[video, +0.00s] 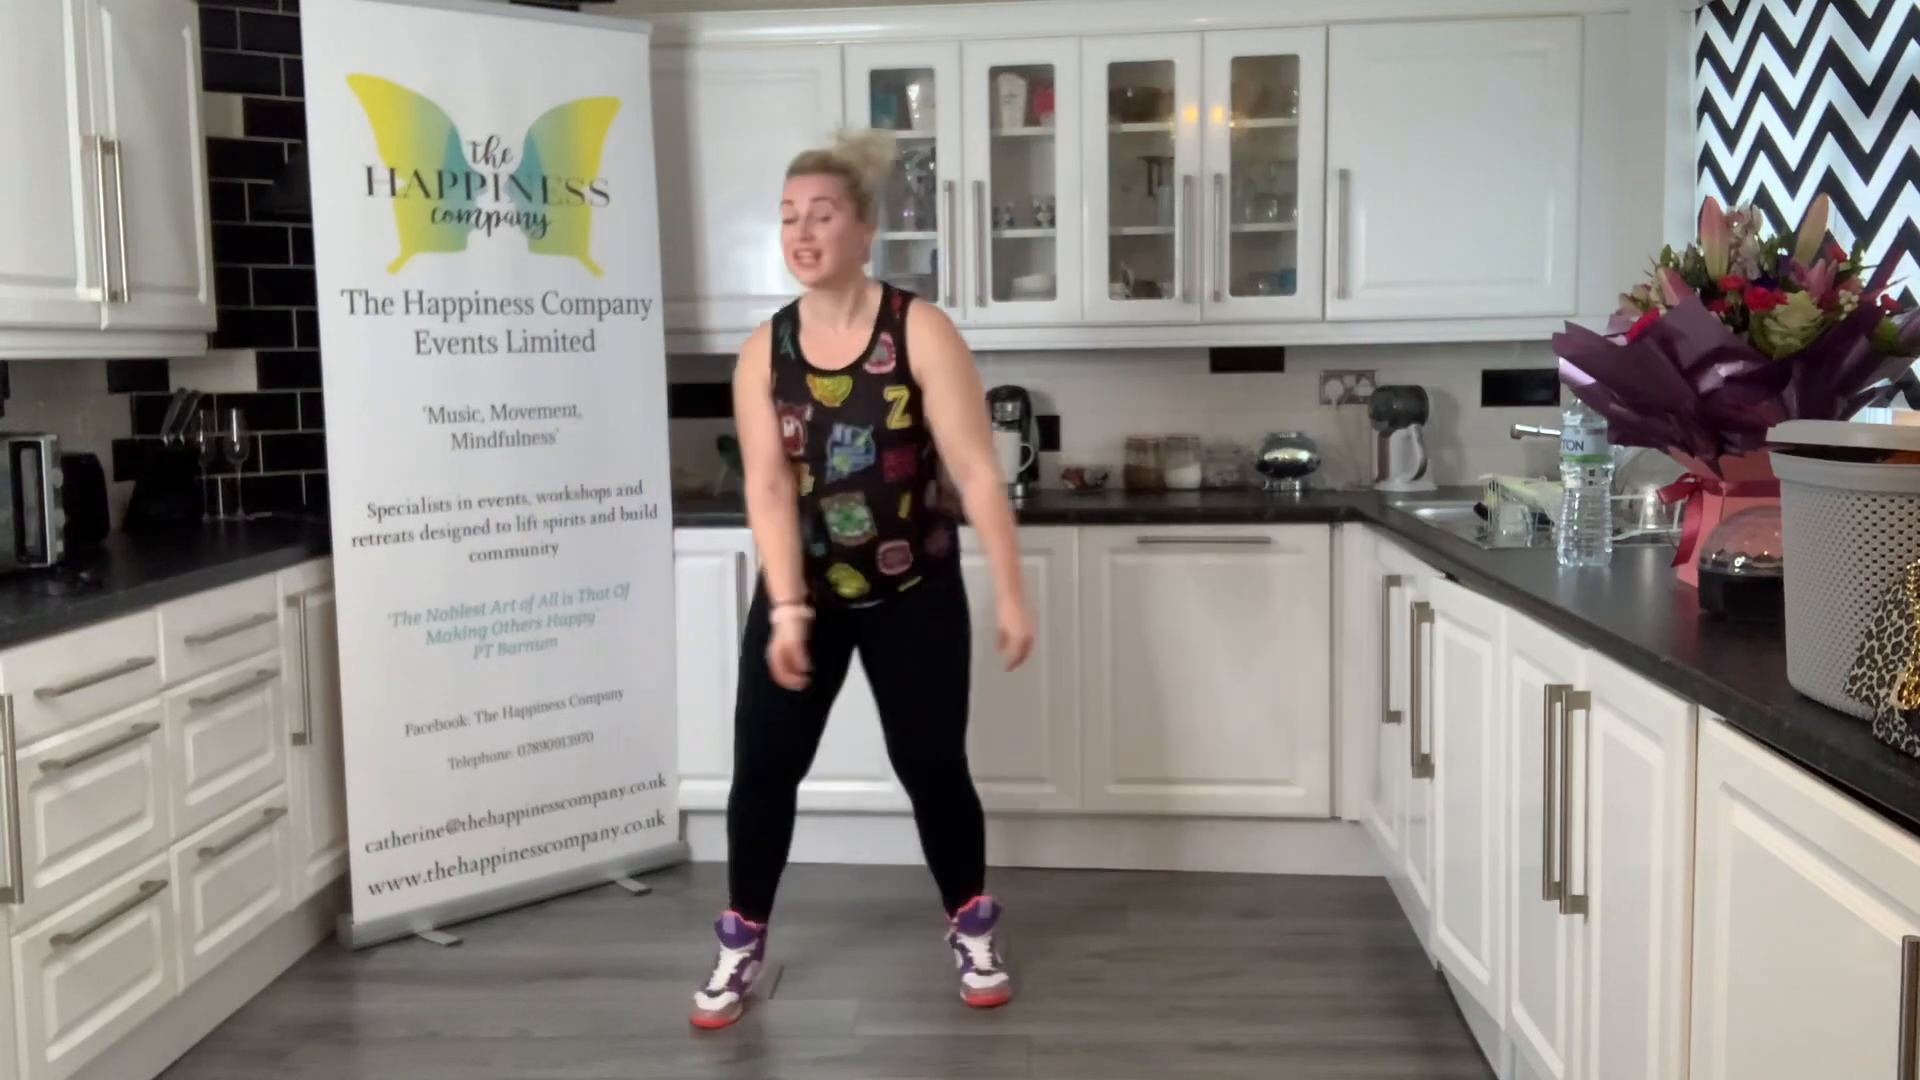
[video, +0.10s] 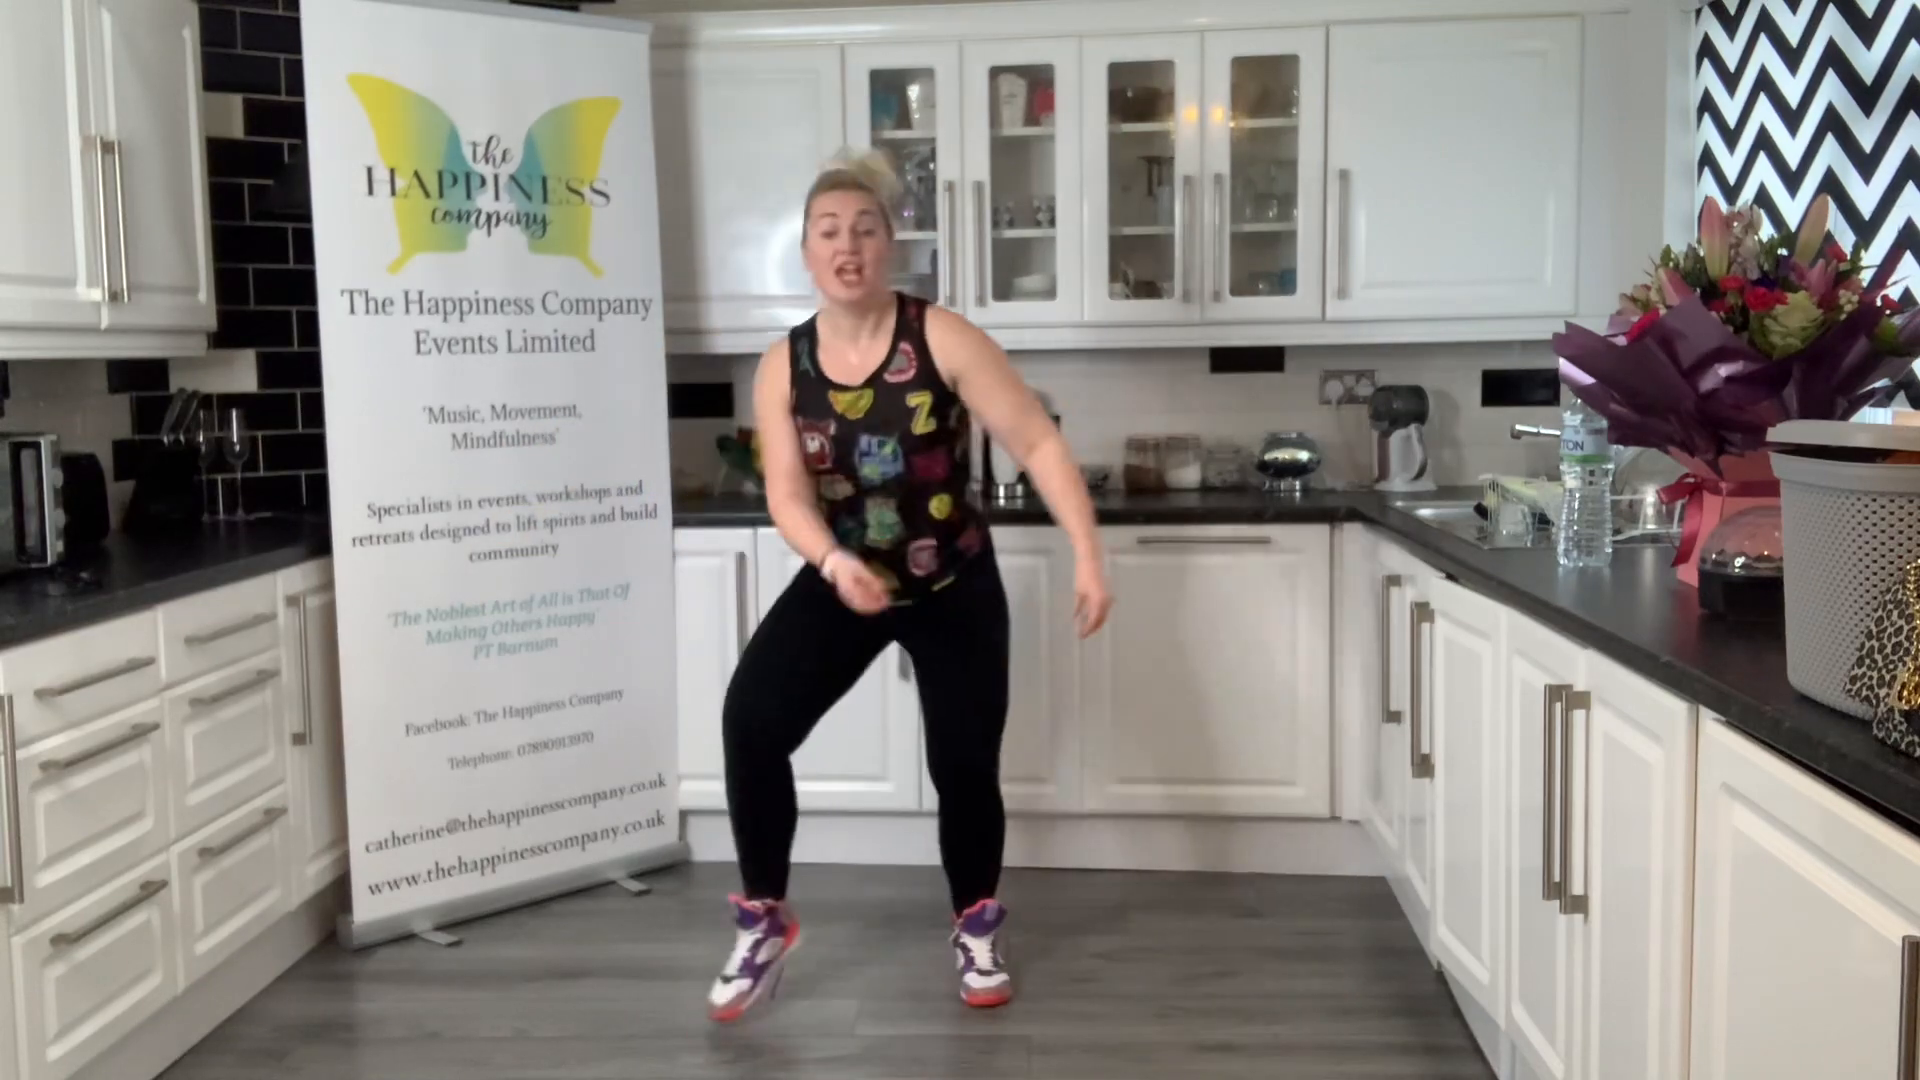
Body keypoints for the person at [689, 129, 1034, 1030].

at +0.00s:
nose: (802, 229)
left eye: (822, 212)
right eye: (790, 214)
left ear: (866, 227)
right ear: (779, 230)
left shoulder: (921, 331)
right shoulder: (763, 353)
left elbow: (975, 466)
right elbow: (768, 490)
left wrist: (1010, 588)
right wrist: (786, 604)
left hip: (911, 593)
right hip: (800, 594)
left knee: (932, 765)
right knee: (764, 772)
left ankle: (973, 926)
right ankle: (742, 942)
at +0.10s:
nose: (846, 244)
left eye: (865, 227)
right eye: (828, 229)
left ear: (893, 245)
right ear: (807, 251)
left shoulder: (944, 339)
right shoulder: (784, 367)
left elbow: (1033, 437)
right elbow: (787, 497)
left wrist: (1088, 551)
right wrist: (833, 560)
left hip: (951, 580)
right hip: (842, 582)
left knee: (965, 766)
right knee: (752, 720)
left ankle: (977, 930)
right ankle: (764, 918)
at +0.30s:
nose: (874, 231)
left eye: (890, 215)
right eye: (855, 218)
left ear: (915, 228)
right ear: (830, 236)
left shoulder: (970, 319)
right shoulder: (800, 352)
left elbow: (1054, 398)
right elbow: (788, 486)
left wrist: (1126, 446)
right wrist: (840, 488)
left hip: (976, 572)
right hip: (869, 577)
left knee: (969, 756)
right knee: (813, 732)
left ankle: (977, 927)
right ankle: (891, 931)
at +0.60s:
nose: (890, 249)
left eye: (907, 232)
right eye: (871, 234)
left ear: (931, 250)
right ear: (847, 255)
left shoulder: (977, 352)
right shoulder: (813, 364)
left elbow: (1047, 466)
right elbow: (772, 494)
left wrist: (1123, 548)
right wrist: (844, 552)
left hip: (985, 585)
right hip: (878, 588)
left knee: (981, 763)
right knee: (791, 720)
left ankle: (978, 930)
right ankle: (853, 915)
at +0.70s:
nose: (886, 231)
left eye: (904, 217)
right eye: (869, 218)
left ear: (930, 233)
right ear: (844, 236)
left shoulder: (977, 341)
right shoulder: (808, 348)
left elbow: (1024, 473)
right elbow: (745, 470)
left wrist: (1064, 592)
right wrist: (804, 565)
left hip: (972, 579)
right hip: (857, 578)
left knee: (969, 756)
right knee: (776, 717)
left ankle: (978, 927)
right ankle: (797, 904)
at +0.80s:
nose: (882, 222)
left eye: (899, 204)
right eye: (864, 208)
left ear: (927, 220)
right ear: (840, 226)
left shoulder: (971, 337)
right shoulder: (801, 332)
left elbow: (983, 477)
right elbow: (717, 435)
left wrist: (978, 605)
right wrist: (725, 557)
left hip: (940, 577)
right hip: (827, 573)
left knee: (956, 764)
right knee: (787, 756)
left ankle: (977, 929)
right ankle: (756, 924)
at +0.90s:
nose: (873, 236)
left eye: (891, 219)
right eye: (855, 220)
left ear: (916, 234)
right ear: (830, 235)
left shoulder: (955, 351)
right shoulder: (782, 337)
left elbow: (949, 489)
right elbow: (683, 425)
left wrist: (893, 591)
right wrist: (633, 536)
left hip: (914, 576)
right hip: (796, 581)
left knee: (945, 764)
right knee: (783, 764)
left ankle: (976, 929)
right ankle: (759, 937)